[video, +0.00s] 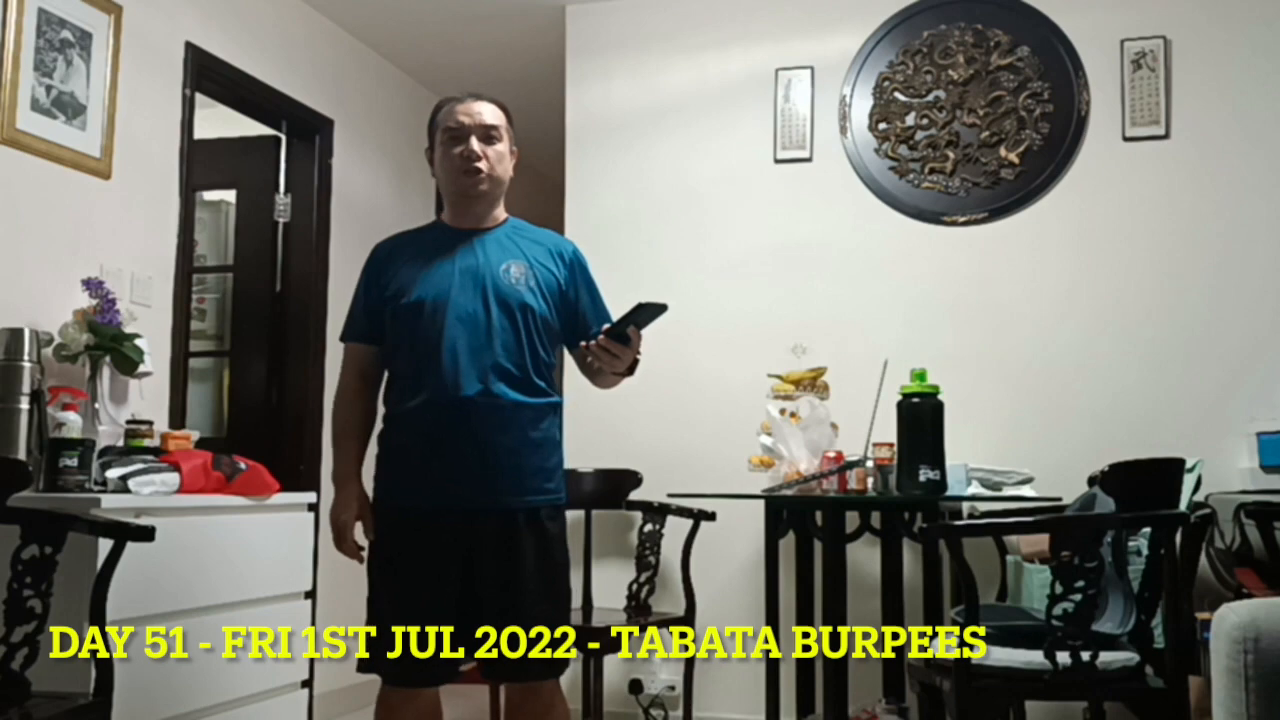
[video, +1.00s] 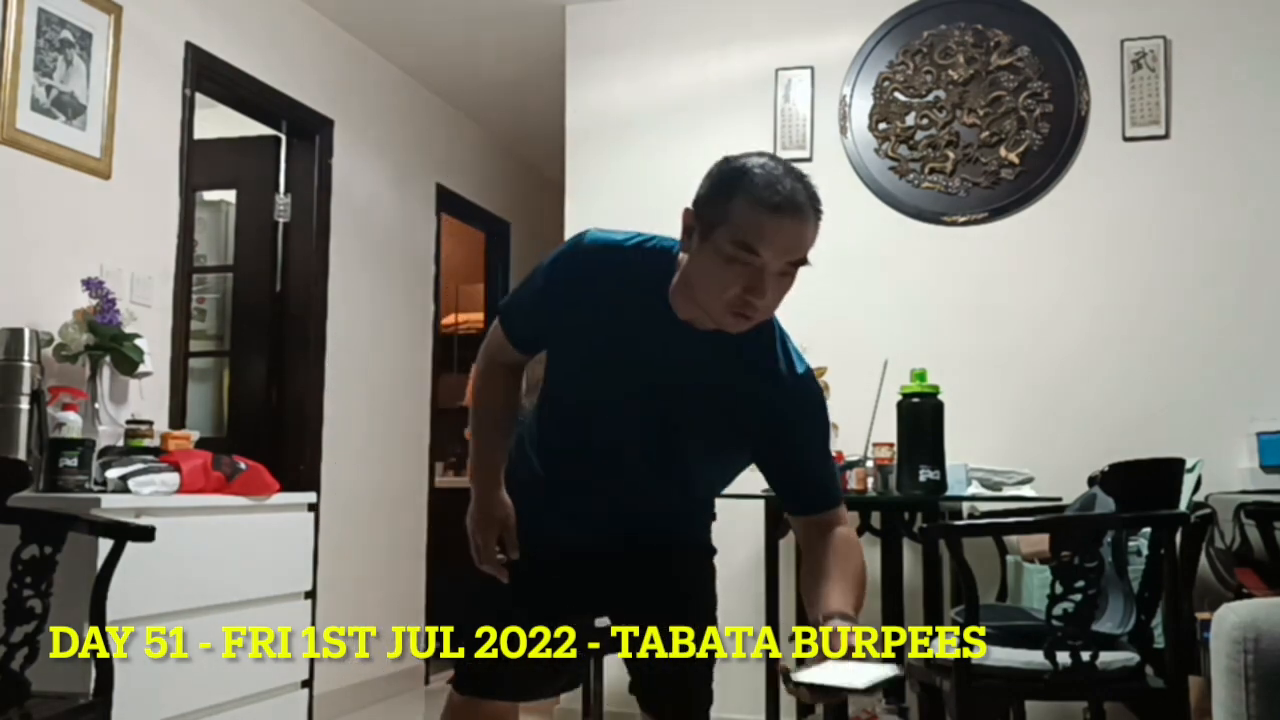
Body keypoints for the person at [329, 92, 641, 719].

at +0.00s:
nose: (472, 147)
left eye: (488, 136)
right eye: (455, 137)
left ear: (513, 160)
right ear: (432, 159)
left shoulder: (557, 255)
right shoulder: (392, 258)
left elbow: (600, 364)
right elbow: (358, 380)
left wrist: (617, 363)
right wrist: (346, 483)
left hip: (523, 501)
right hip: (415, 500)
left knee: (533, 683)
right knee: (407, 685)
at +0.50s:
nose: (543, 185)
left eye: (559, 167)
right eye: (523, 163)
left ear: (571, 171)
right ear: (481, 158)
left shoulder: (594, 274)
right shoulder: (416, 256)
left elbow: (638, 390)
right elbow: (362, 364)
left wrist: (653, 400)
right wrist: (352, 466)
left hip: (543, 521)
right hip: (428, 512)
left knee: (577, 700)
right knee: (398, 701)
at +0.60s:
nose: (594, 190)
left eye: (612, 172)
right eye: (574, 165)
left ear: (624, 175)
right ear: (531, 158)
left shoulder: (639, 286)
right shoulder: (459, 250)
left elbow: (679, 397)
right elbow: (398, 361)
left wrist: (691, 429)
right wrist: (379, 466)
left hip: (575, 528)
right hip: (458, 517)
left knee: (599, 704)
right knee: (408, 696)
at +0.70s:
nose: (651, 210)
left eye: (672, 189)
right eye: (632, 181)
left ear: (685, 186)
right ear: (587, 165)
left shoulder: (690, 303)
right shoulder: (508, 247)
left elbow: (727, 415)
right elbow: (435, 362)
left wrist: (733, 457)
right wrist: (415, 477)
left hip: (610, 533)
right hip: (489, 519)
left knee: (635, 705)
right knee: (436, 702)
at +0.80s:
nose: (701, 239)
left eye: (723, 219)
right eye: (682, 209)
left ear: (738, 214)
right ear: (633, 186)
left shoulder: (732, 331)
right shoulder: (542, 252)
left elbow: (777, 454)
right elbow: (464, 355)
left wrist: (776, 501)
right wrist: (447, 490)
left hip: (637, 540)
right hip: (511, 525)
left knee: (661, 707)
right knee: (460, 705)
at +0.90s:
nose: (739, 269)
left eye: (763, 249)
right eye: (719, 236)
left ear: (776, 245)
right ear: (669, 208)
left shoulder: (763, 363)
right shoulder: (570, 261)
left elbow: (808, 493)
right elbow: (485, 353)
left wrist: (807, 554)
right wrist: (475, 486)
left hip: (656, 544)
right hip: (532, 526)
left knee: (671, 710)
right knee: (470, 704)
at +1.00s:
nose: (764, 293)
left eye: (789, 270)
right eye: (743, 258)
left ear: (801, 265)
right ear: (691, 229)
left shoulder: (782, 387)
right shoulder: (589, 269)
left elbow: (827, 524)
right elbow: (499, 358)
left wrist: (834, 619)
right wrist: (486, 488)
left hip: (669, 544)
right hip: (546, 522)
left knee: (681, 708)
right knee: (482, 701)